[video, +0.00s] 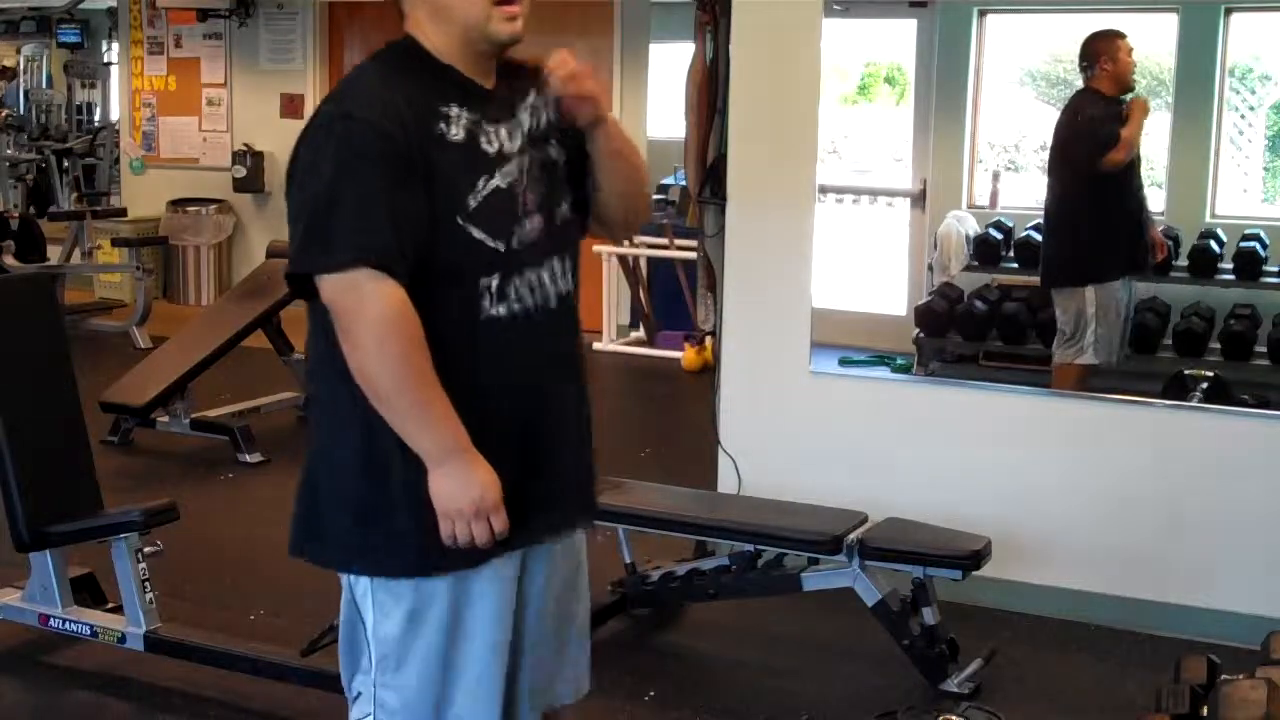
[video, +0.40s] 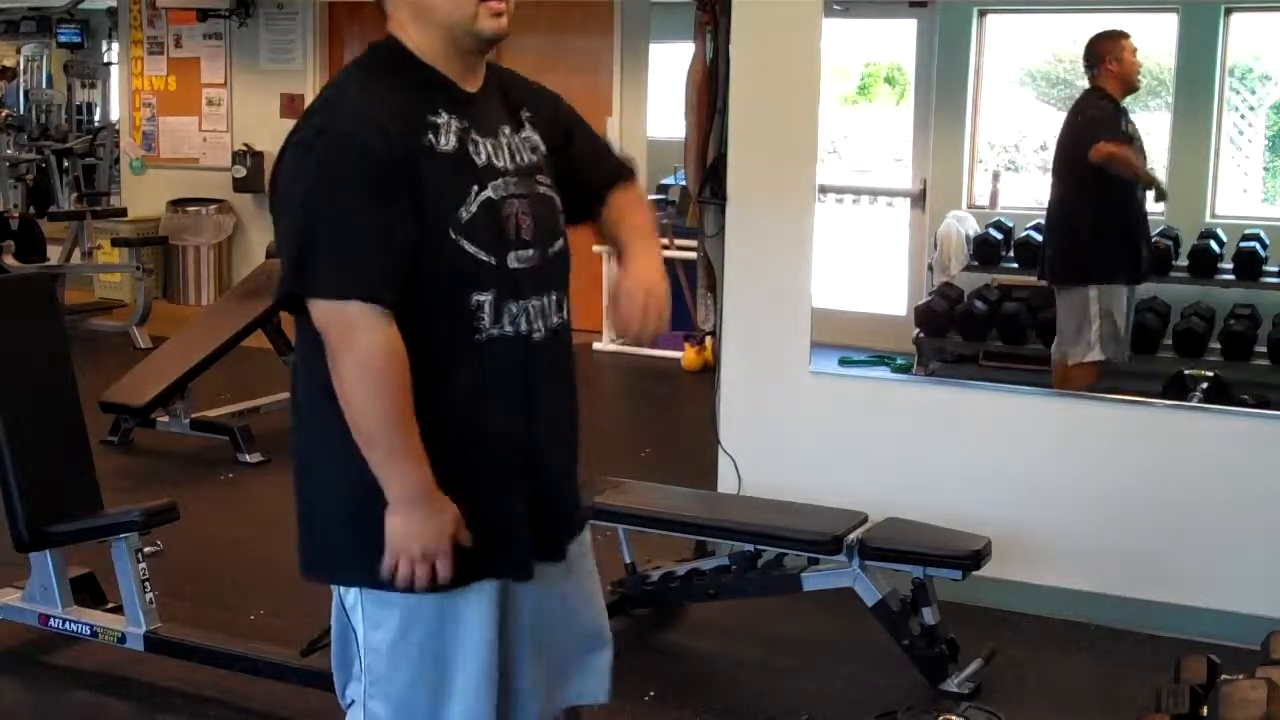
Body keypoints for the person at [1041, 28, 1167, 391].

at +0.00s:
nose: (1135, 63)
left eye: (1132, 55)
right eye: (1128, 55)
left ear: (1104, 65)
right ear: (1105, 64)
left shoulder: (1111, 109)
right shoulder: (1087, 108)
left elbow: (1126, 184)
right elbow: (1115, 158)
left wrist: (1149, 228)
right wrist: (1136, 119)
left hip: (1106, 252)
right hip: (1083, 255)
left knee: (1093, 357)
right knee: (1078, 357)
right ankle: (1062, 440)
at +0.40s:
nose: (1139, 64)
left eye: (1137, 56)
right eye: (1133, 56)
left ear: (1107, 66)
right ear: (1111, 64)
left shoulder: (1091, 107)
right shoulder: (1101, 107)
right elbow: (1103, 151)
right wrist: (1146, 176)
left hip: (1078, 253)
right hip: (1094, 255)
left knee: (1068, 355)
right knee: (1088, 359)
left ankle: (1061, 434)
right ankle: (1075, 441)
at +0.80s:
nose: (1151, 63)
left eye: (1147, 55)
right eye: (1144, 55)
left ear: (1119, 66)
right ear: (1122, 64)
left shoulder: (1109, 110)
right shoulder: (1113, 113)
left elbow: (1103, 182)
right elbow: (1104, 182)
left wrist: (1156, 214)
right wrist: (1158, 216)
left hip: (1094, 259)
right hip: (1110, 263)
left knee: (1078, 353)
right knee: (1106, 366)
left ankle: (1064, 436)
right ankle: (1093, 442)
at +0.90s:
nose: (1156, 63)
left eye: (1153, 55)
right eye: (1149, 55)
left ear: (1124, 66)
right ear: (1128, 64)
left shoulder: (1114, 110)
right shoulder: (1119, 113)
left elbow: (1109, 181)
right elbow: (1112, 182)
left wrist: (1159, 216)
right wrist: (1162, 220)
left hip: (1101, 258)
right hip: (1118, 262)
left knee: (1086, 353)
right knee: (1111, 366)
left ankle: (1072, 436)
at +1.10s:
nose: (1167, 65)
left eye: (1165, 57)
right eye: (1161, 57)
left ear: (1134, 66)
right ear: (1140, 65)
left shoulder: (1124, 111)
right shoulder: (1130, 115)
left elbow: (1123, 186)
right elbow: (1130, 186)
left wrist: (1152, 243)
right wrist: (1156, 247)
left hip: (1119, 263)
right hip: (1128, 267)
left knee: (1108, 366)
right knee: (1118, 369)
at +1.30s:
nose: (1176, 65)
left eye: (1174, 57)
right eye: (1171, 57)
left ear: (1144, 65)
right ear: (1150, 64)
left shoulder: (1140, 111)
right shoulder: (1137, 114)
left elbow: (1134, 186)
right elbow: (1132, 187)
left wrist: (1157, 247)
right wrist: (1149, 248)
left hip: (1142, 265)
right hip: (1134, 267)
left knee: (1127, 369)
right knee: (1115, 370)